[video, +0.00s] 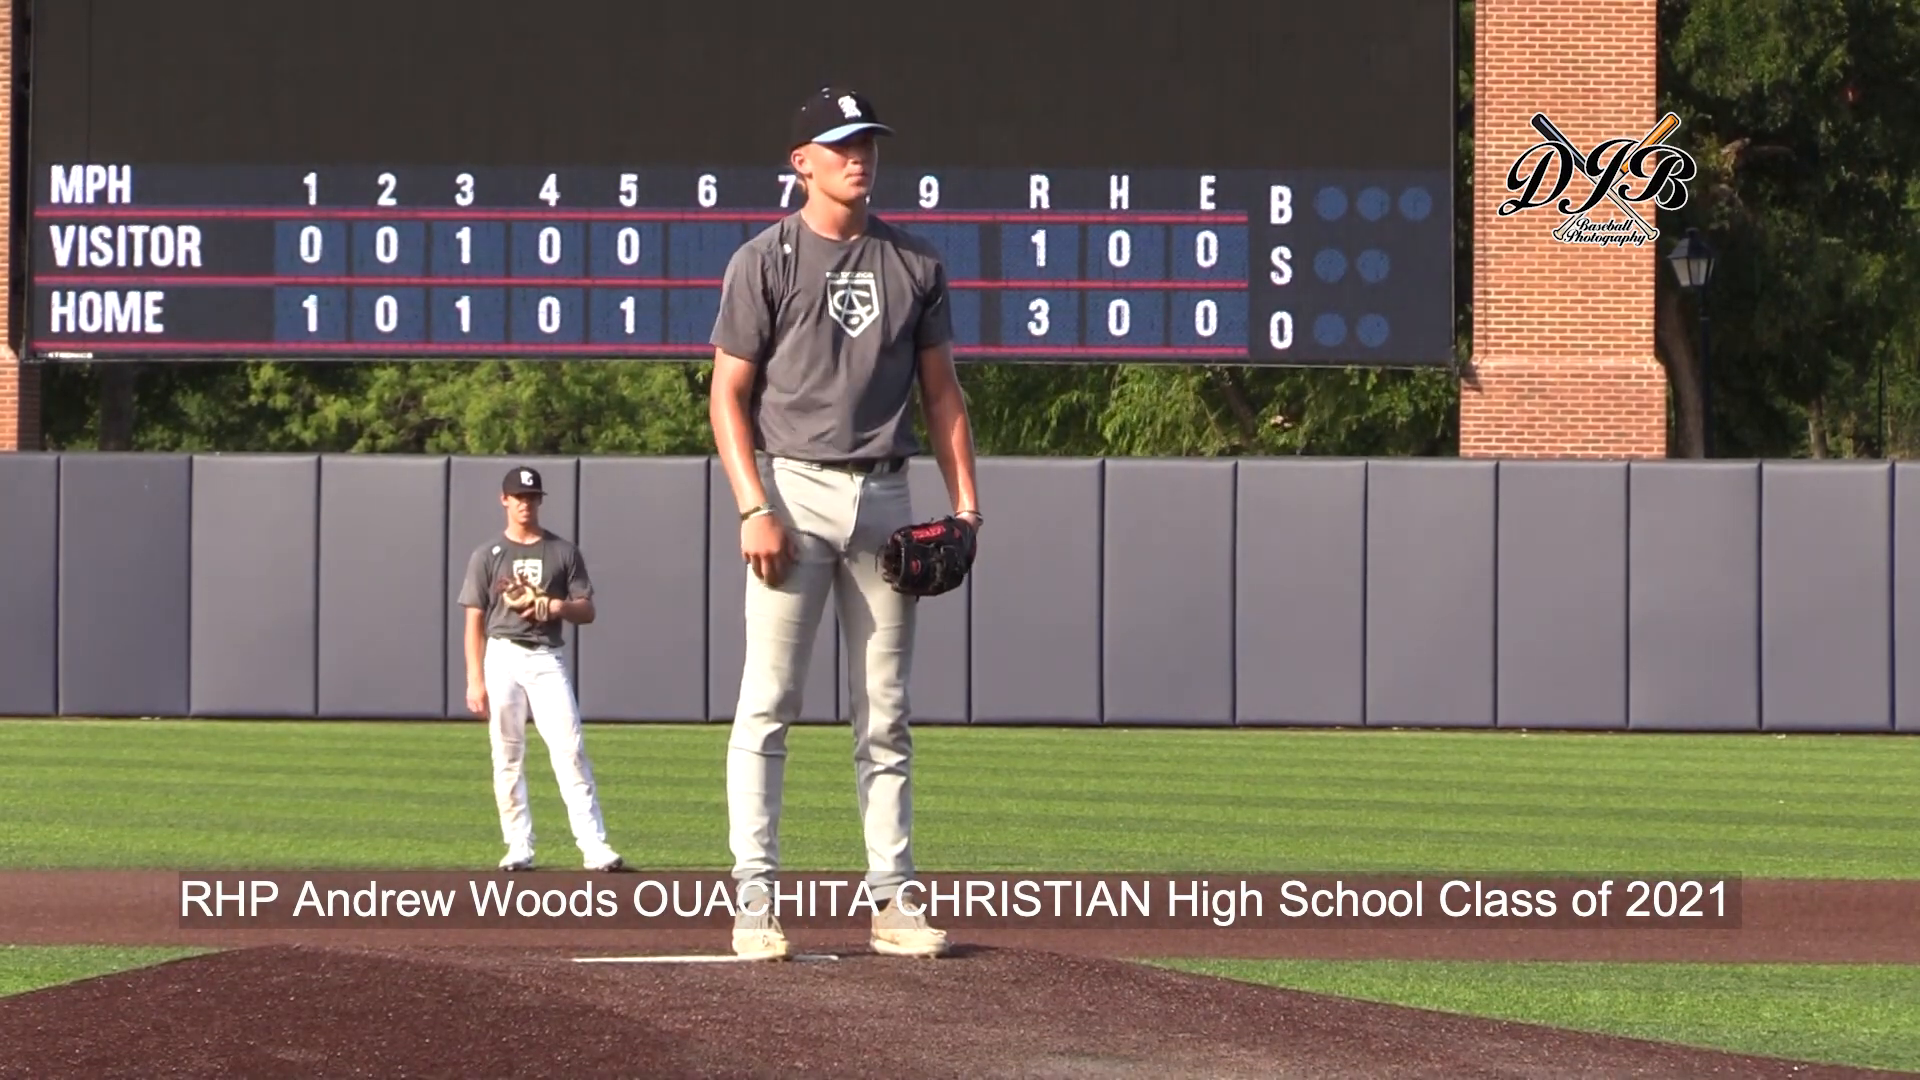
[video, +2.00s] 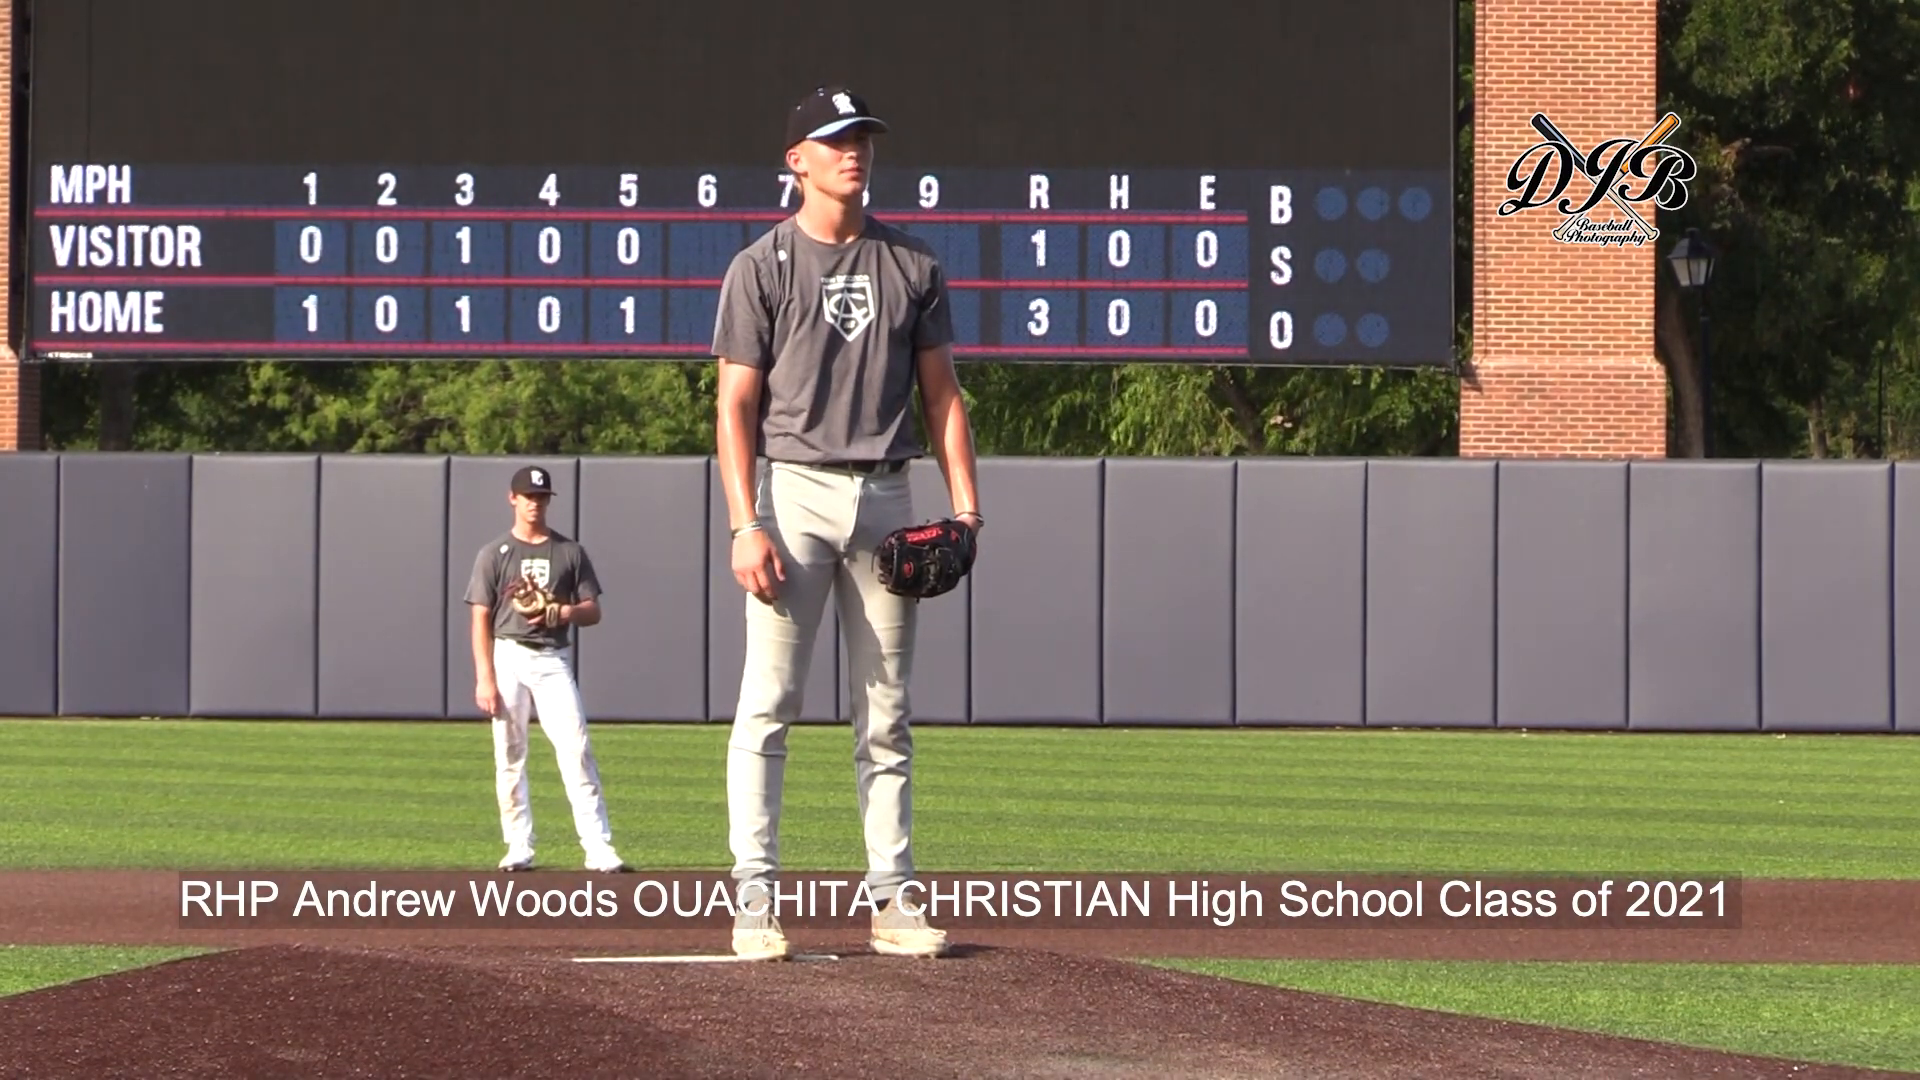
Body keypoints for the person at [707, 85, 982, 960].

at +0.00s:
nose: (860, 161)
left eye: (868, 148)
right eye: (843, 149)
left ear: (877, 160)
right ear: (803, 162)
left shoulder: (914, 266)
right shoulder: (763, 261)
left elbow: (943, 393)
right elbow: (727, 396)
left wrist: (965, 504)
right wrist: (755, 507)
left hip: (886, 496)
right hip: (790, 493)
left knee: (886, 713)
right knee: (768, 705)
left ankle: (893, 898)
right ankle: (756, 895)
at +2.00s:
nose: (853, 157)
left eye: (860, 143)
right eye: (836, 145)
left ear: (871, 157)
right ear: (798, 160)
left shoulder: (913, 268)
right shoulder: (758, 269)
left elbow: (944, 395)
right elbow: (733, 407)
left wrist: (965, 509)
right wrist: (744, 523)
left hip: (888, 496)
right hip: (792, 493)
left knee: (887, 712)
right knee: (769, 704)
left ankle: (893, 897)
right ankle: (756, 895)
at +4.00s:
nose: (845, 160)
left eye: (853, 146)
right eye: (826, 148)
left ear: (867, 158)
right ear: (791, 163)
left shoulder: (914, 258)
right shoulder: (752, 269)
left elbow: (944, 389)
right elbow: (729, 399)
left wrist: (889, 477)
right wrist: (797, 460)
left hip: (884, 507)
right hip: (785, 509)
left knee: (913, 709)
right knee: (769, 705)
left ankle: (964, 902)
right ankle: (755, 902)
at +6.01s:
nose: (879, 192)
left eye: (894, 175)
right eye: (864, 178)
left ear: (921, 183)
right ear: (846, 191)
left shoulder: (936, 252)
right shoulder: (877, 273)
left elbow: (825, 329)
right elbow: (824, 348)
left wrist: (773, 252)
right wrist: (780, 263)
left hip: (900, 469)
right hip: (883, 500)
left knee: (742, 326)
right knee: (839, 697)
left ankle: (600, 489)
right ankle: (878, 906)